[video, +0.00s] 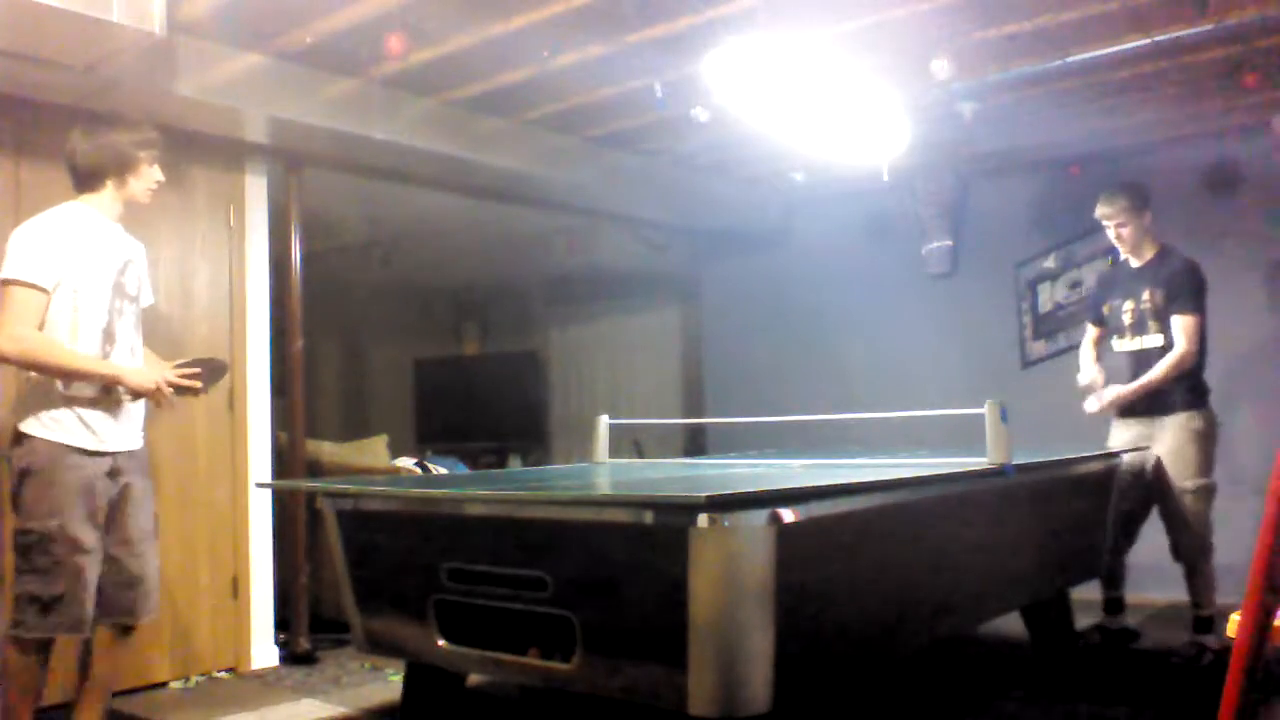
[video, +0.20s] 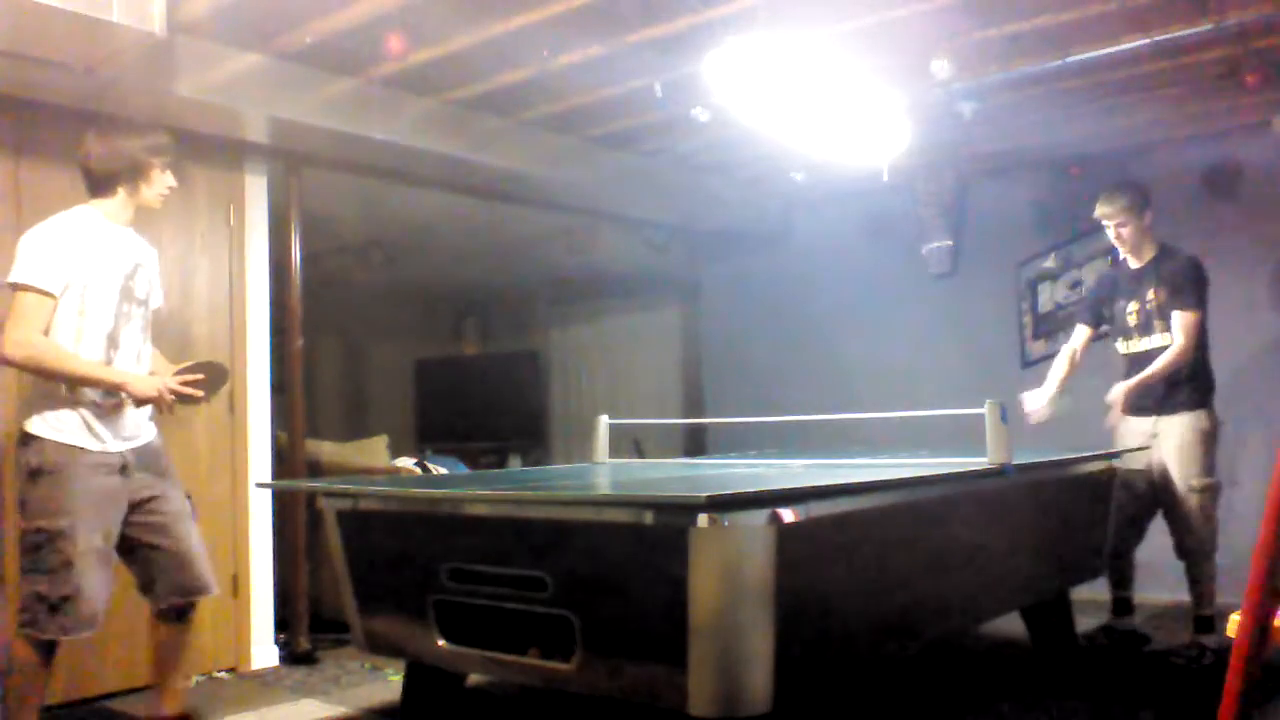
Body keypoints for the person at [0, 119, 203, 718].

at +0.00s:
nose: (160, 177)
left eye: (158, 164)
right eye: (150, 163)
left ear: (127, 169)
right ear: (115, 165)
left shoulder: (132, 252)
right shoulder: (44, 235)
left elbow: (124, 340)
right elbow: (14, 338)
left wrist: (164, 372)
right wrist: (121, 371)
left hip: (123, 446)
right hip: (57, 446)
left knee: (126, 602)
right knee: (44, 607)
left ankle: (88, 710)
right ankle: (19, 713)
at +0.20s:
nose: (172, 181)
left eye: (170, 168)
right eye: (163, 168)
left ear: (136, 174)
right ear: (129, 172)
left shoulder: (144, 256)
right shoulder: (53, 239)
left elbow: (135, 341)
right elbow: (18, 342)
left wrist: (170, 376)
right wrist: (125, 379)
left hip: (135, 443)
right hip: (65, 447)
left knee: (181, 583)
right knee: (54, 607)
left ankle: (167, 708)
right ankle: (21, 713)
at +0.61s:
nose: (258, 210)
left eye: (258, 197)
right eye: (253, 195)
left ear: (219, 196)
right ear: (223, 196)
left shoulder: (214, 271)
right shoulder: (141, 258)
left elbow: (209, 364)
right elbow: (110, 363)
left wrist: (241, 408)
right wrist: (212, 410)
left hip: (181, 448)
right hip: (119, 448)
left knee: (207, 585)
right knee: (80, 599)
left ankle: (214, 711)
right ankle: (26, 716)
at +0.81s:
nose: (311, 242)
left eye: (312, 230)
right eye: (305, 228)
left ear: (266, 228)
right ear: (276, 227)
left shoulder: (248, 281)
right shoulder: (228, 276)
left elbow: (228, 386)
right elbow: (224, 394)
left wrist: (261, 451)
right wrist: (315, 428)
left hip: (190, 451)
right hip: (135, 443)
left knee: (220, 586)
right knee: (87, 596)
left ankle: (217, 711)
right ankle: (27, 713)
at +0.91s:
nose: (334, 255)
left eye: (335, 245)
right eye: (330, 243)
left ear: (284, 239)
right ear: (301, 242)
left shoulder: (249, 284)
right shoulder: (267, 292)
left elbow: (208, 386)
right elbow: (292, 408)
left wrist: (249, 456)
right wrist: (386, 435)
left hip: (193, 455)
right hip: (142, 446)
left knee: (222, 586)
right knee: (84, 597)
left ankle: (218, 710)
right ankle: (27, 711)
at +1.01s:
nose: (345, 263)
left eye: (347, 252)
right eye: (341, 250)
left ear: (295, 242)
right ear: (314, 244)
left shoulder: (256, 284)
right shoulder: (292, 295)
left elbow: (206, 372)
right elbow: (352, 391)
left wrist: (231, 449)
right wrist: (448, 409)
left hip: (195, 454)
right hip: (149, 442)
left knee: (221, 582)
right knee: (86, 587)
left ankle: (219, 708)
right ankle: (8, 699)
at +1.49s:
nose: (311, 200)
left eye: (308, 190)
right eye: (303, 190)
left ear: (257, 197)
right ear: (278, 198)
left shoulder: (243, 250)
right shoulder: (253, 247)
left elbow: (195, 344)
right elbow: (271, 361)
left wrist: (229, 453)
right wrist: (374, 368)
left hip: (208, 443)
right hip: (168, 429)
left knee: (230, 585)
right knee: (128, 588)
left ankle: (224, 710)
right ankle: (35, 710)